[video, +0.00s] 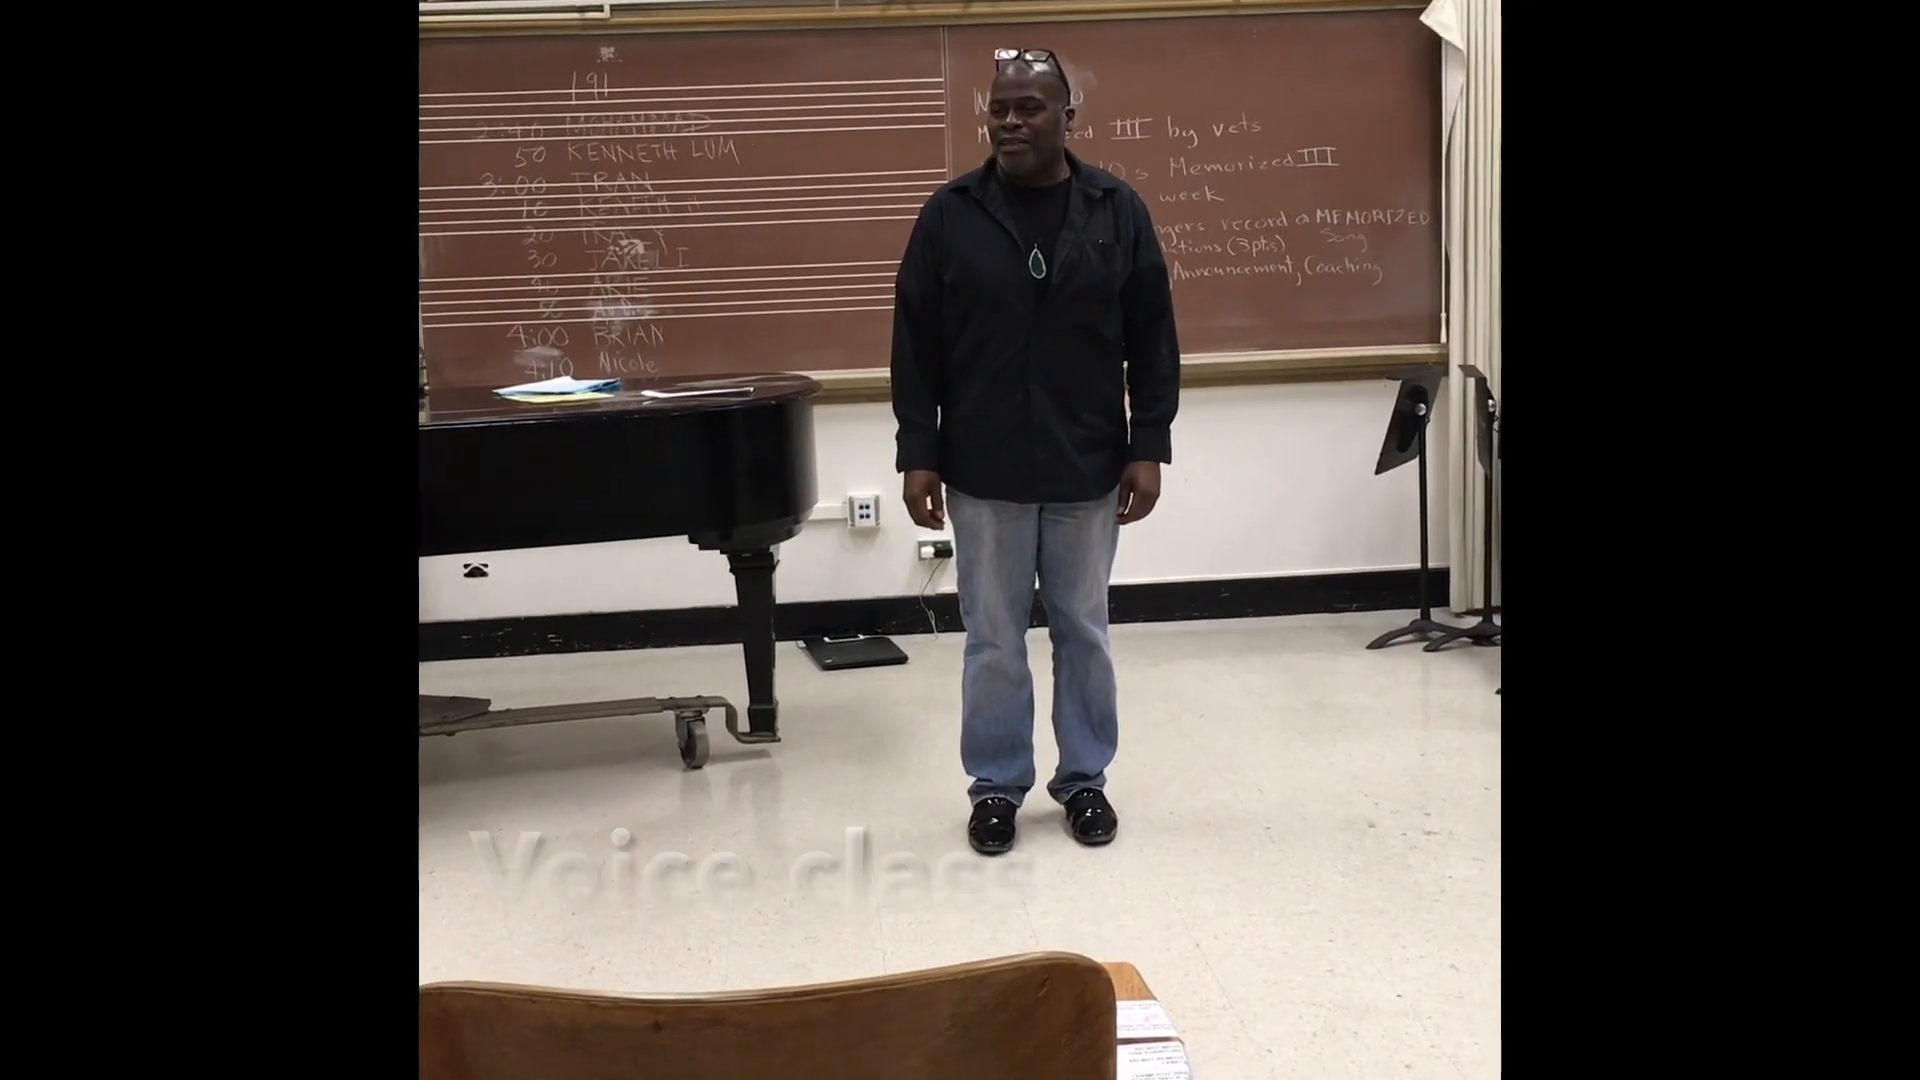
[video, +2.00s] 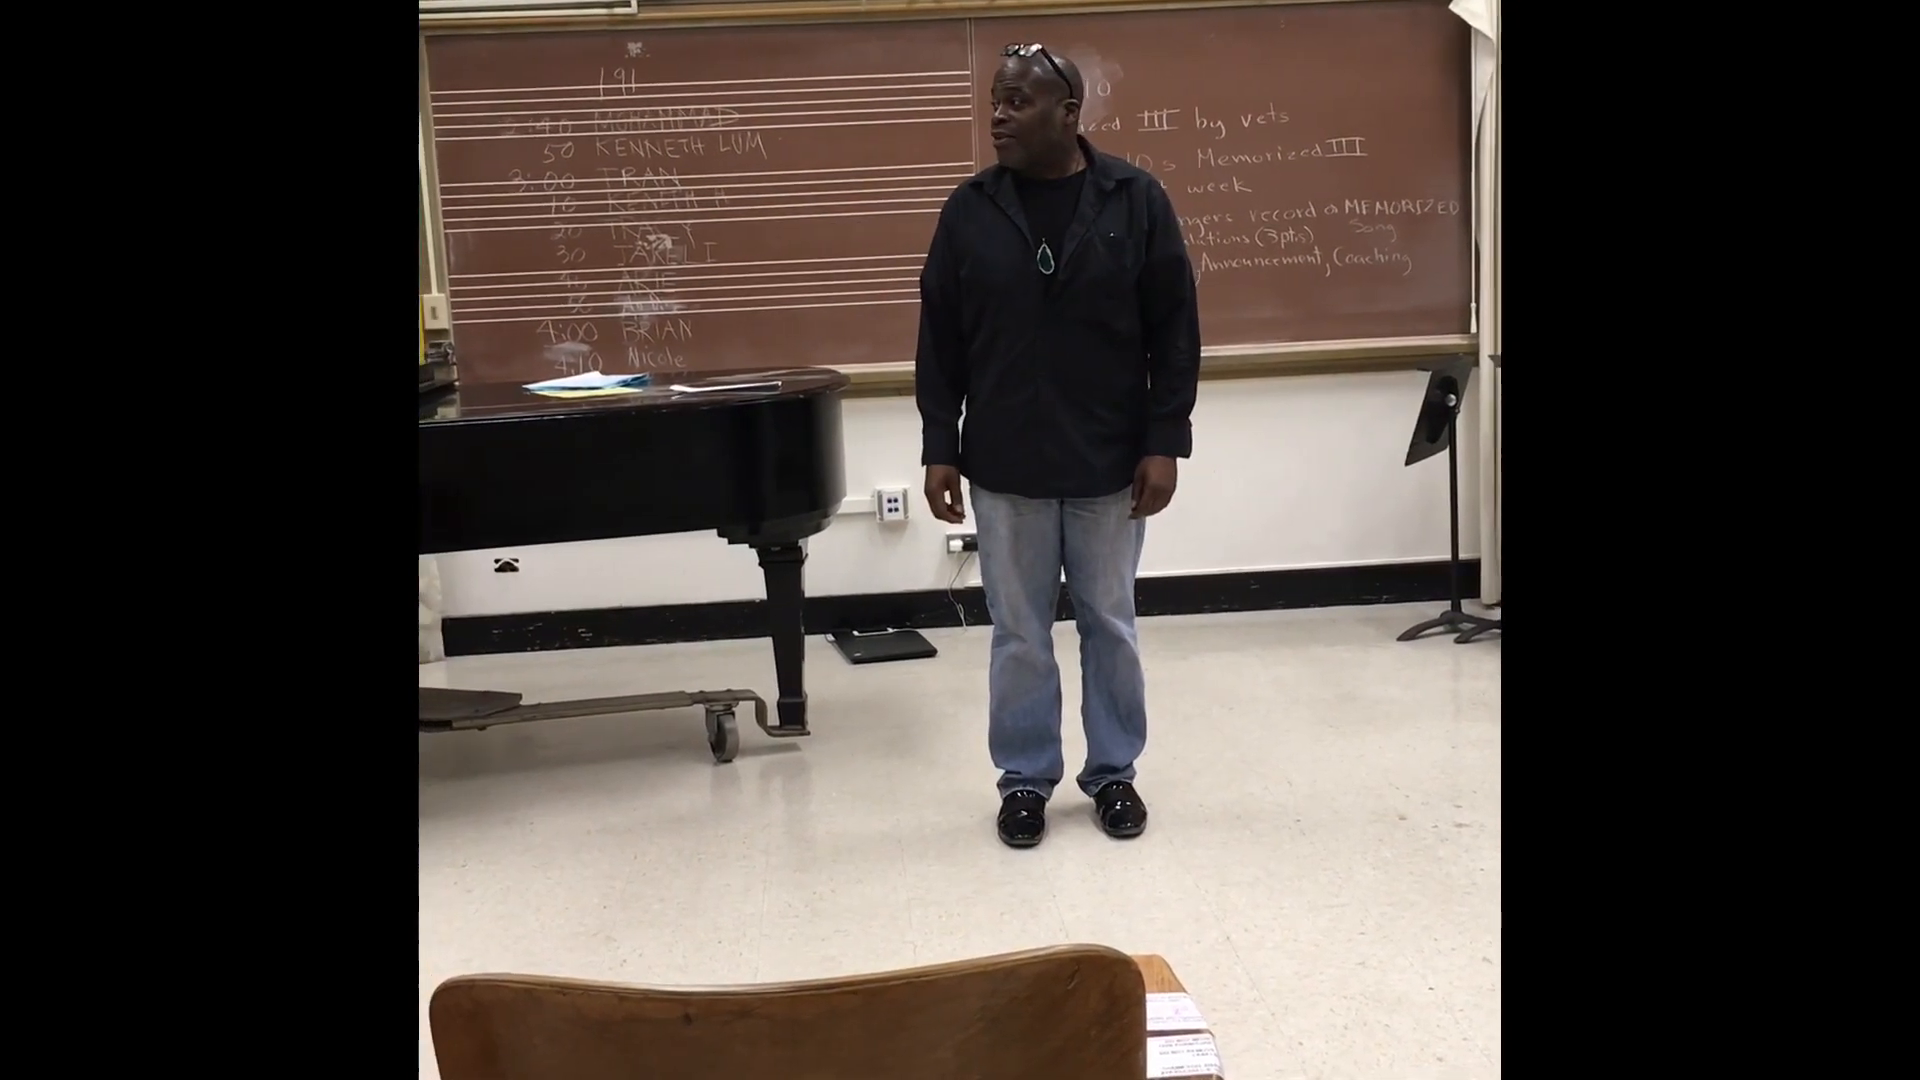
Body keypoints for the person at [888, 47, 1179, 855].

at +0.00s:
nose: (1009, 123)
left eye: (1027, 109)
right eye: (998, 109)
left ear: (1067, 117)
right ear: (985, 116)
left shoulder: (1116, 210)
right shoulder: (949, 214)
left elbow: (1153, 337)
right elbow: (915, 342)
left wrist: (1148, 448)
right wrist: (918, 455)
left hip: (1087, 459)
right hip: (983, 462)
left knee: (1083, 630)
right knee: (993, 637)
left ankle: (1084, 780)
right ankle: (994, 785)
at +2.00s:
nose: (999, 116)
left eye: (1017, 101)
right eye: (995, 102)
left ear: (1069, 112)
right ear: (991, 111)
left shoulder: (1136, 200)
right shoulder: (968, 210)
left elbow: (1174, 330)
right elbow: (939, 337)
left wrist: (1165, 445)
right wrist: (939, 451)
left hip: (1109, 454)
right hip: (1005, 457)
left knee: (1110, 625)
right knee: (1019, 631)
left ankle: (1114, 772)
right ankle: (1023, 780)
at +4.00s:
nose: (1058, 109)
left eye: (1074, 96)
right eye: (1041, 97)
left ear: (1099, 109)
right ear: (1017, 113)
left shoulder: (1145, 206)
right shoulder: (976, 215)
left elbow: (1182, 333)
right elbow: (944, 344)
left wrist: (1177, 446)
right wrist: (951, 459)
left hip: (1120, 457)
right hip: (1017, 461)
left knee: (1119, 628)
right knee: (1027, 634)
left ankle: (1121, 776)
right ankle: (1031, 784)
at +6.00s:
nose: (1067, 114)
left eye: (1077, 101)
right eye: (1047, 104)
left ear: (1093, 112)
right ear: (1011, 120)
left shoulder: (1135, 207)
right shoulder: (966, 217)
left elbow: (1171, 333)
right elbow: (935, 347)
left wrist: (1167, 446)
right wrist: (946, 463)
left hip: (1111, 457)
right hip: (1008, 463)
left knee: (1109, 629)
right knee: (1018, 637)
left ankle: (1110, 778)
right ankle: (1020, 785)